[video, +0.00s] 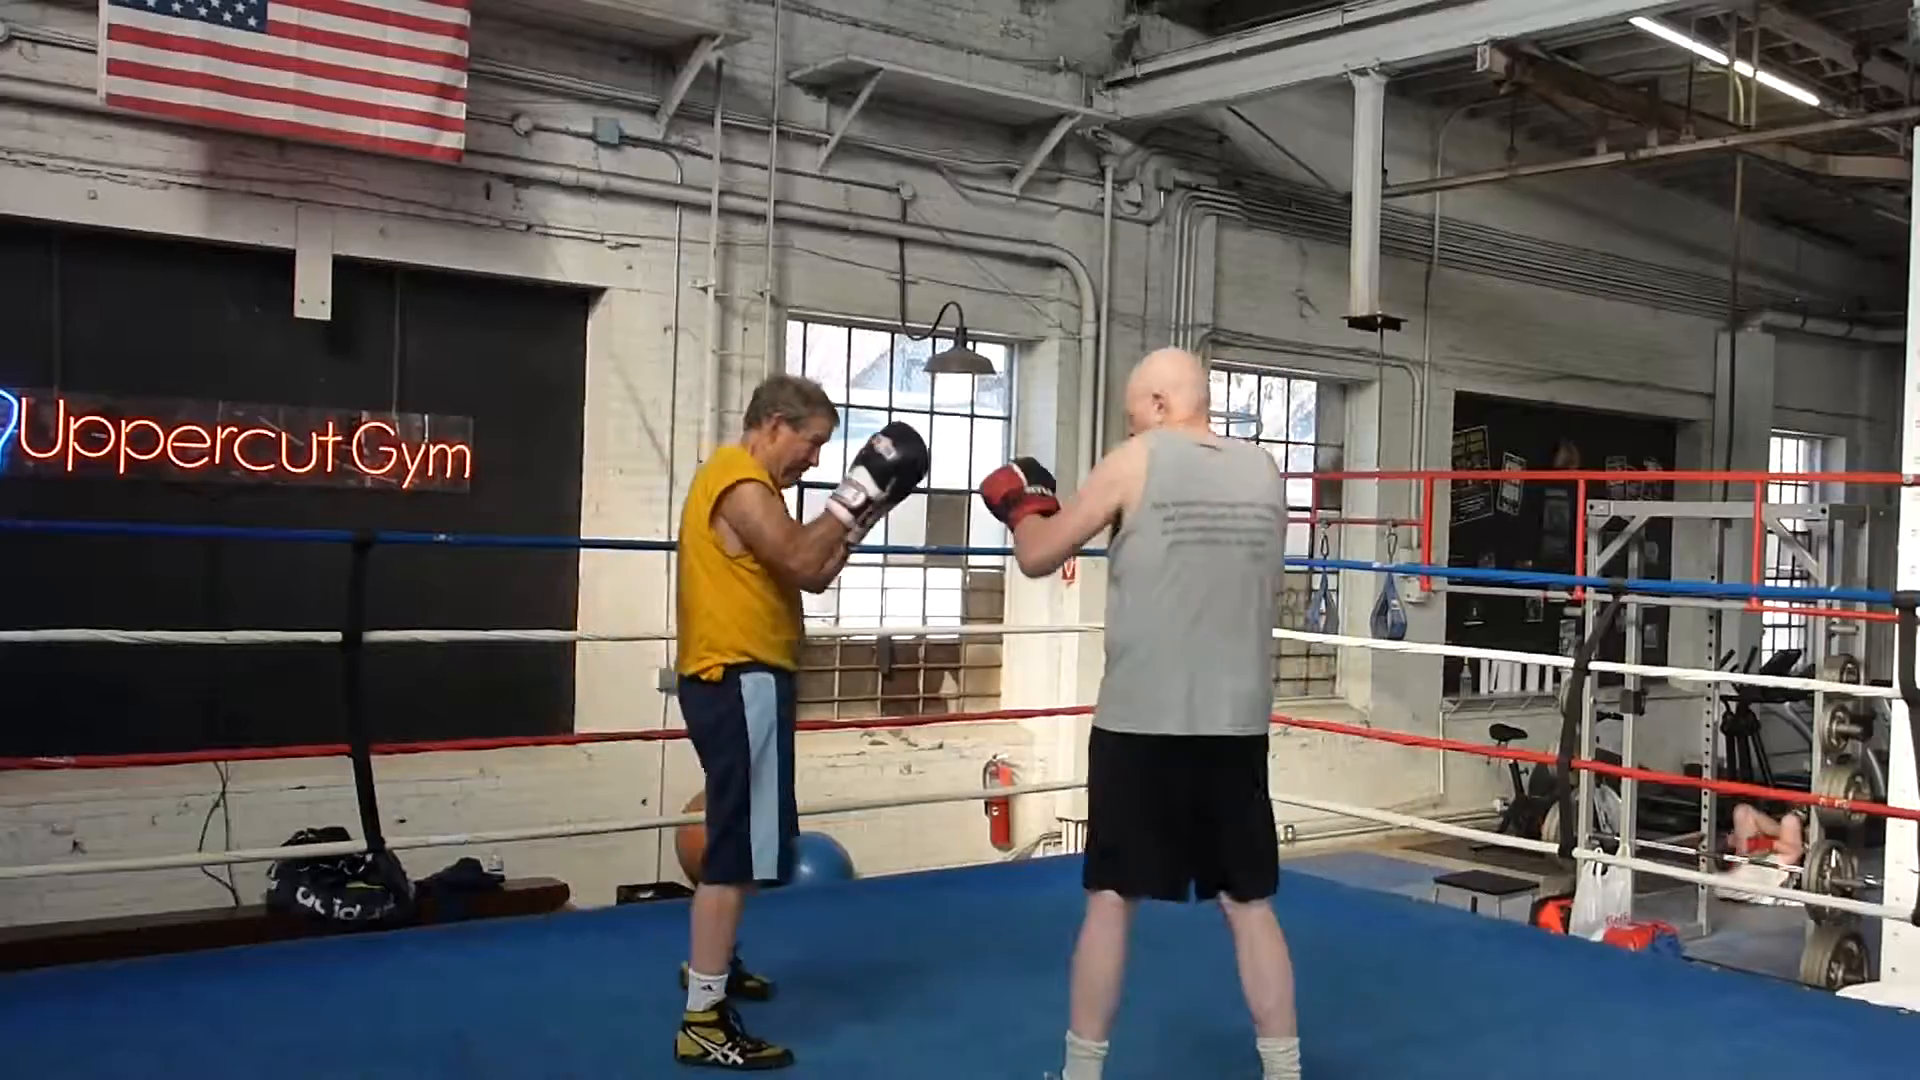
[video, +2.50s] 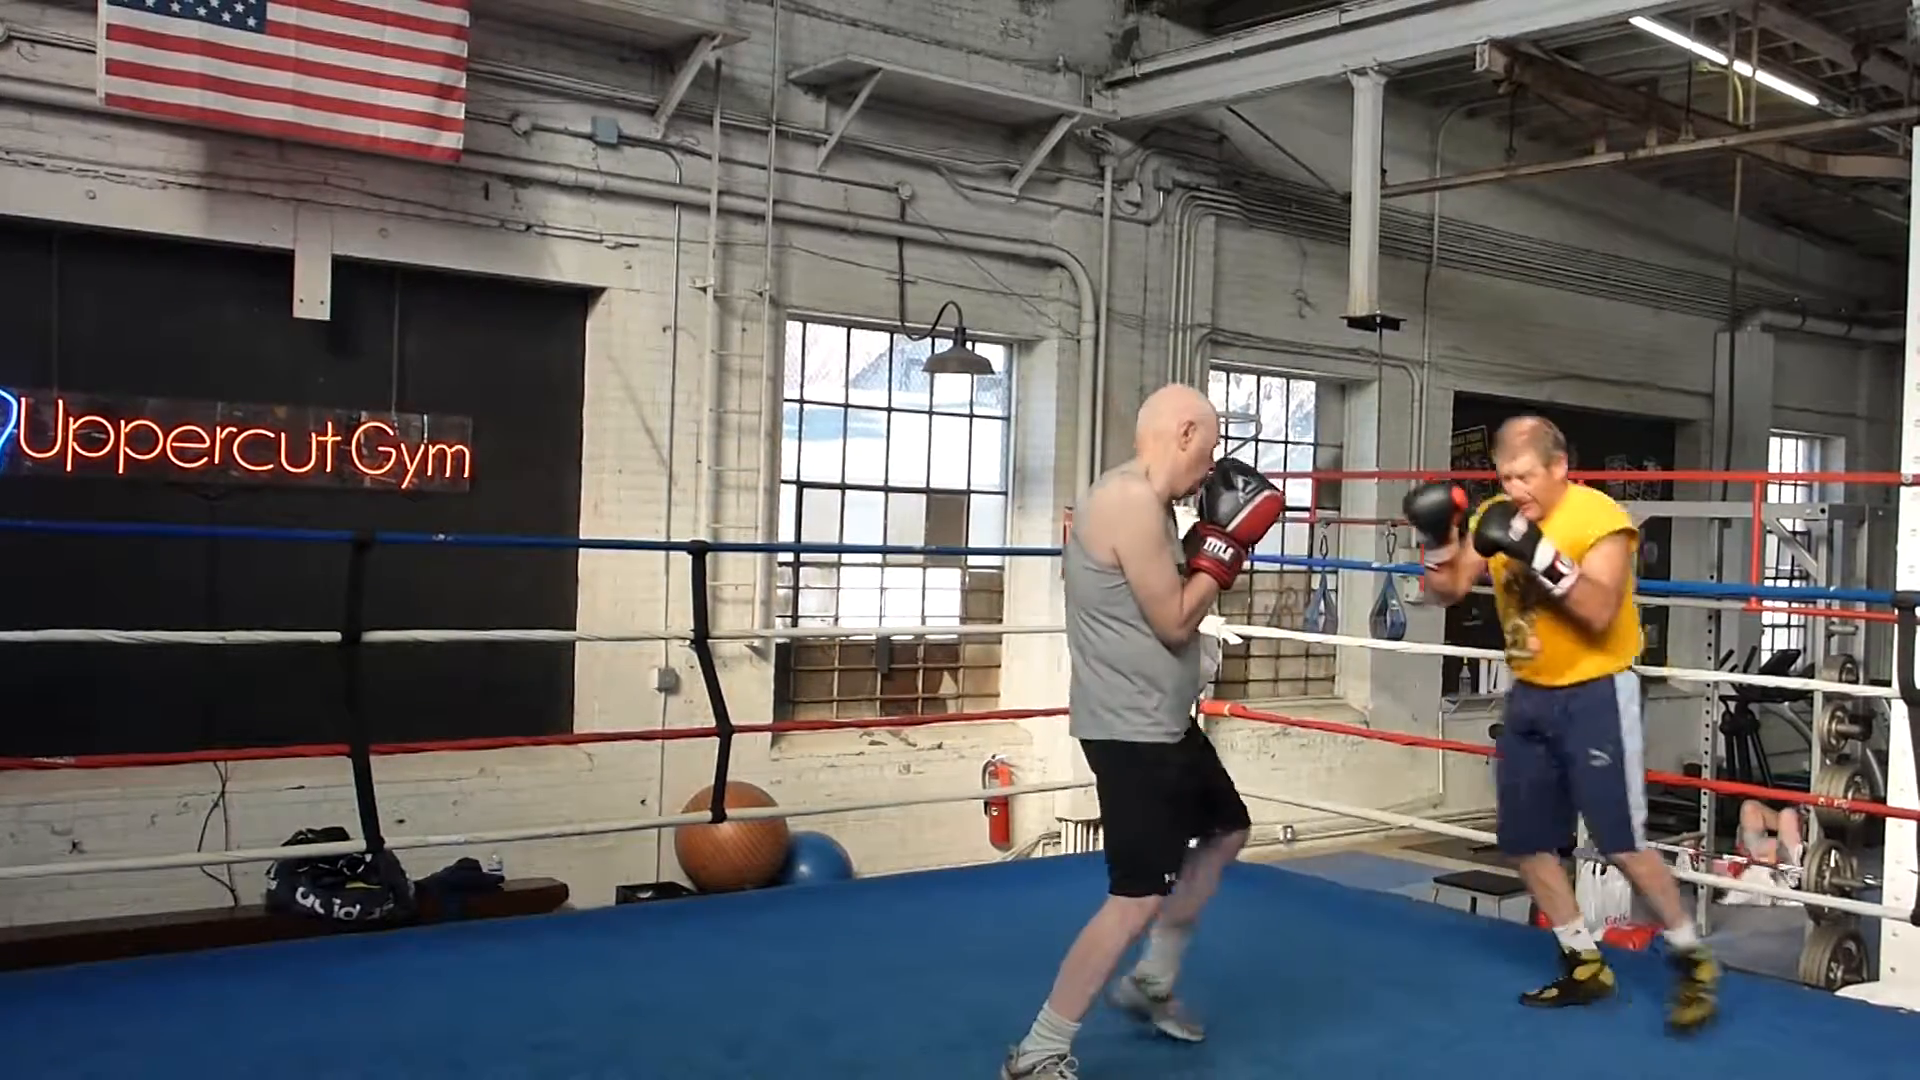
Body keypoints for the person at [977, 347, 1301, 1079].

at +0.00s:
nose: (1130, 425)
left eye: (1131, 413)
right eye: (1128, 415)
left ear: (1158, 403)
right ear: (1204, 403)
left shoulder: (1138, 459)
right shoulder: (1264, 469)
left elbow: (1038, 554)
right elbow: (1207, 559)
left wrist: (1021, 507)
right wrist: (1093, 518)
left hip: (1139, 723)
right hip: (1237, 726)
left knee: (1110, 901)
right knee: (1250, 904)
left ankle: (1081, 1070)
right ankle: (1284, 1071)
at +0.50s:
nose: (1112, 445)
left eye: (1112, 433)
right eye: (1111, 434)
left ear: (1134, 427)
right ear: (1188, 423)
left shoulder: (1122, 481)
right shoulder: (1246, 493)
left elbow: (1069, 611)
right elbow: (1227, 602)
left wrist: (1074, 528)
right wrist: (1124, 509)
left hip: (1115, 737)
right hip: (1218, 742)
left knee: (1029, 851)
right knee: (1211, 914)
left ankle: (1047, 1042)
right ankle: (1225, 1075)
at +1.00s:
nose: (1109, 407)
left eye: (1086, 397)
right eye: (1139, 407)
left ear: (1074, 410)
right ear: (1143, 417)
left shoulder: (1028, 468)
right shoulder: (1162, 479)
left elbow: (984, 580)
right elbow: (1161, 616)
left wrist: (1049, 551)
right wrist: (1105, 568)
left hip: (1009, 717)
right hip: (1105, 727)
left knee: (990, 882)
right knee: (1146, 895)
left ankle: (960, 1052)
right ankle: (1125, 1070)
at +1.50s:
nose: (1162, 416)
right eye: (1163, 407)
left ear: (1099, 421)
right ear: (1163, 421)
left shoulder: (1059, 482)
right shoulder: (1189, 495)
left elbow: (1063, 591)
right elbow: (1203, 631)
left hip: (1053, 725)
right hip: (1148, 738)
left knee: (1047, 853)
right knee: (1159, 913)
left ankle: (1014, 1021)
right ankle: (1101, 1071)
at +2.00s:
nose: (1211, 453)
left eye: (1213, 441)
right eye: (1212, 439)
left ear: (1148, 423)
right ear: (1194, 432)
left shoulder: (1104, 483)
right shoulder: (1161, 493)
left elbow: (1133, 596)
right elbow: (1180, 622)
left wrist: (1208, 547)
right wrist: (1220, 558)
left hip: (1076, 710)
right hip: (1115, 721)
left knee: (1106, 878)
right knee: (1133, 890)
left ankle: (1094, 1018)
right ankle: (1085, 1059)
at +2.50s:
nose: (1211, 464)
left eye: (1214, 451)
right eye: (1211, 447)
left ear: (1162, 432)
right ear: (1183, 434)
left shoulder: (1123, 496)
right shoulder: (1133, 503)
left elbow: (1163, 602)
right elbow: (1176, 620)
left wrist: (1207, 535)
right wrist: (1229, 543)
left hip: (1156, 720)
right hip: (1130, 727)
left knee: (1225, 827)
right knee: (1138, 893)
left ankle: (1152, 981)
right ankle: (1040, 1053)